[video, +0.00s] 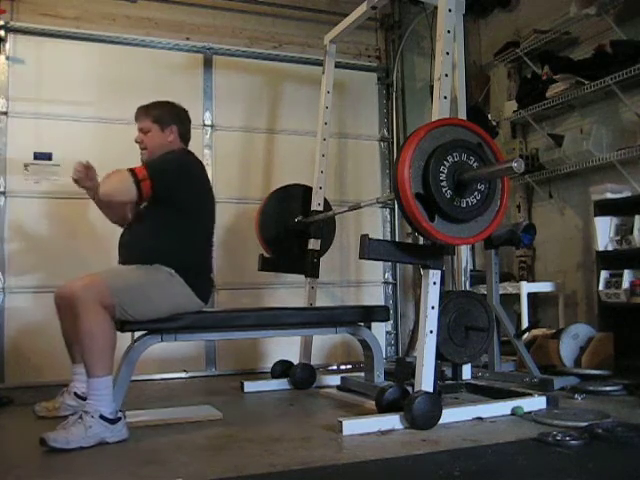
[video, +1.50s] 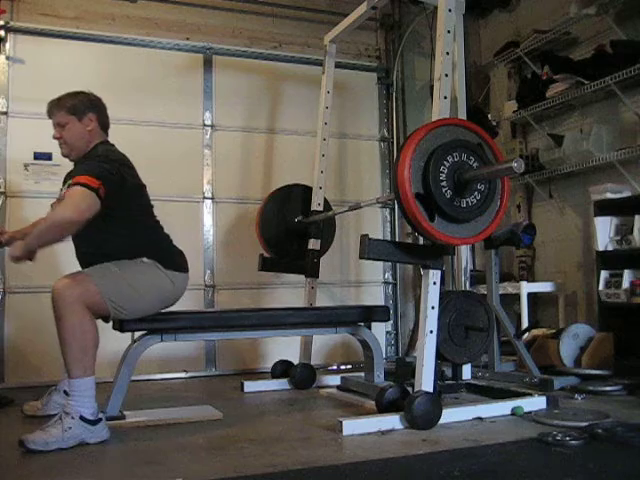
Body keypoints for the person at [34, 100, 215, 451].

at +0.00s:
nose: (138, 140)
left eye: (145, 132)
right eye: (138, 133)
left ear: (171, 134)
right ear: (168, 136)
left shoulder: (180, 163)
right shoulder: (164, 170)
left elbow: (115, 188)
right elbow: (125, 217)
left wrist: (109, 186)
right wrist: (93, 189)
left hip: (178, 280)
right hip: (153, 277)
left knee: (87, 293)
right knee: (66, 297)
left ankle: (105, 416)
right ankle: (82, 393)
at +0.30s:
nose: (136, 137)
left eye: (144, 129)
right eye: (137, 130)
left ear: (172, 132)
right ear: (167, 135)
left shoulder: (183, 161)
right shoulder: (160, 173)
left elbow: (131, 165)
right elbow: (125, 196)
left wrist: (63, 166)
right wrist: (90, 202)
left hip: (179, 281)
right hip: (157, 279)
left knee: (80, 291)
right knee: (70, 294)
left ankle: (83, 414)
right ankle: (77, 398)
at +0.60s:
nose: (114, 129)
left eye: (121, 122)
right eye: (114, 122)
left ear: (148, 124)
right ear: (145, 126)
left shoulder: (169, 161)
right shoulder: (146, 164)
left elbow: (190, 206)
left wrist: (179, 241)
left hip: (172, 281)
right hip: (148, 276)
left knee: (83, 293)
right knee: (74, 292)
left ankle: (87, 415)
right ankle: (72, 392)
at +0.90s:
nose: (101, 130)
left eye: (107, 122)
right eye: (100, 123)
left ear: (134, 123)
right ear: (128, 125)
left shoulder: (151, 162)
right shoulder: (129, 165)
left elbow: (163, 216)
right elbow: (130, 230)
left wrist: (97, 253)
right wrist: (88, 256)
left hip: (169, 278)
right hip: (142, 275)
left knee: (83, 292)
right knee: (66, 289)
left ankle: (87, 416)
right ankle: (70, 391)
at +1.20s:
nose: (64, 142)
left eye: (70, 133)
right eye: (63, 134)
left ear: (97, 129)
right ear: (93, 132)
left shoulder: (114, 168)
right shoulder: (99, 171)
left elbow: (113, 224)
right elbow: (98, 228)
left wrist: (51, 250)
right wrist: (52, 248)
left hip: (165, 276)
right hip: (143, 274)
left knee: (77, 295)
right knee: (69, 292)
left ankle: (87, 417)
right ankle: (71, 394)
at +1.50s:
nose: (56, 134)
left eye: (62, 126)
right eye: (55, 127)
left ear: (90, 124)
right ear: (84, 127)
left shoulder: (102, 162)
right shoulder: (84, 166)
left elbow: (76, 212)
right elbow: (60, 213)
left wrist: (29, 244)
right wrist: (22, 233)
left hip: (156, 270)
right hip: (133, 268)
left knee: (71, 293)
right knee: (66, 290)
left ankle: (85, 416)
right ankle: (72, 392)